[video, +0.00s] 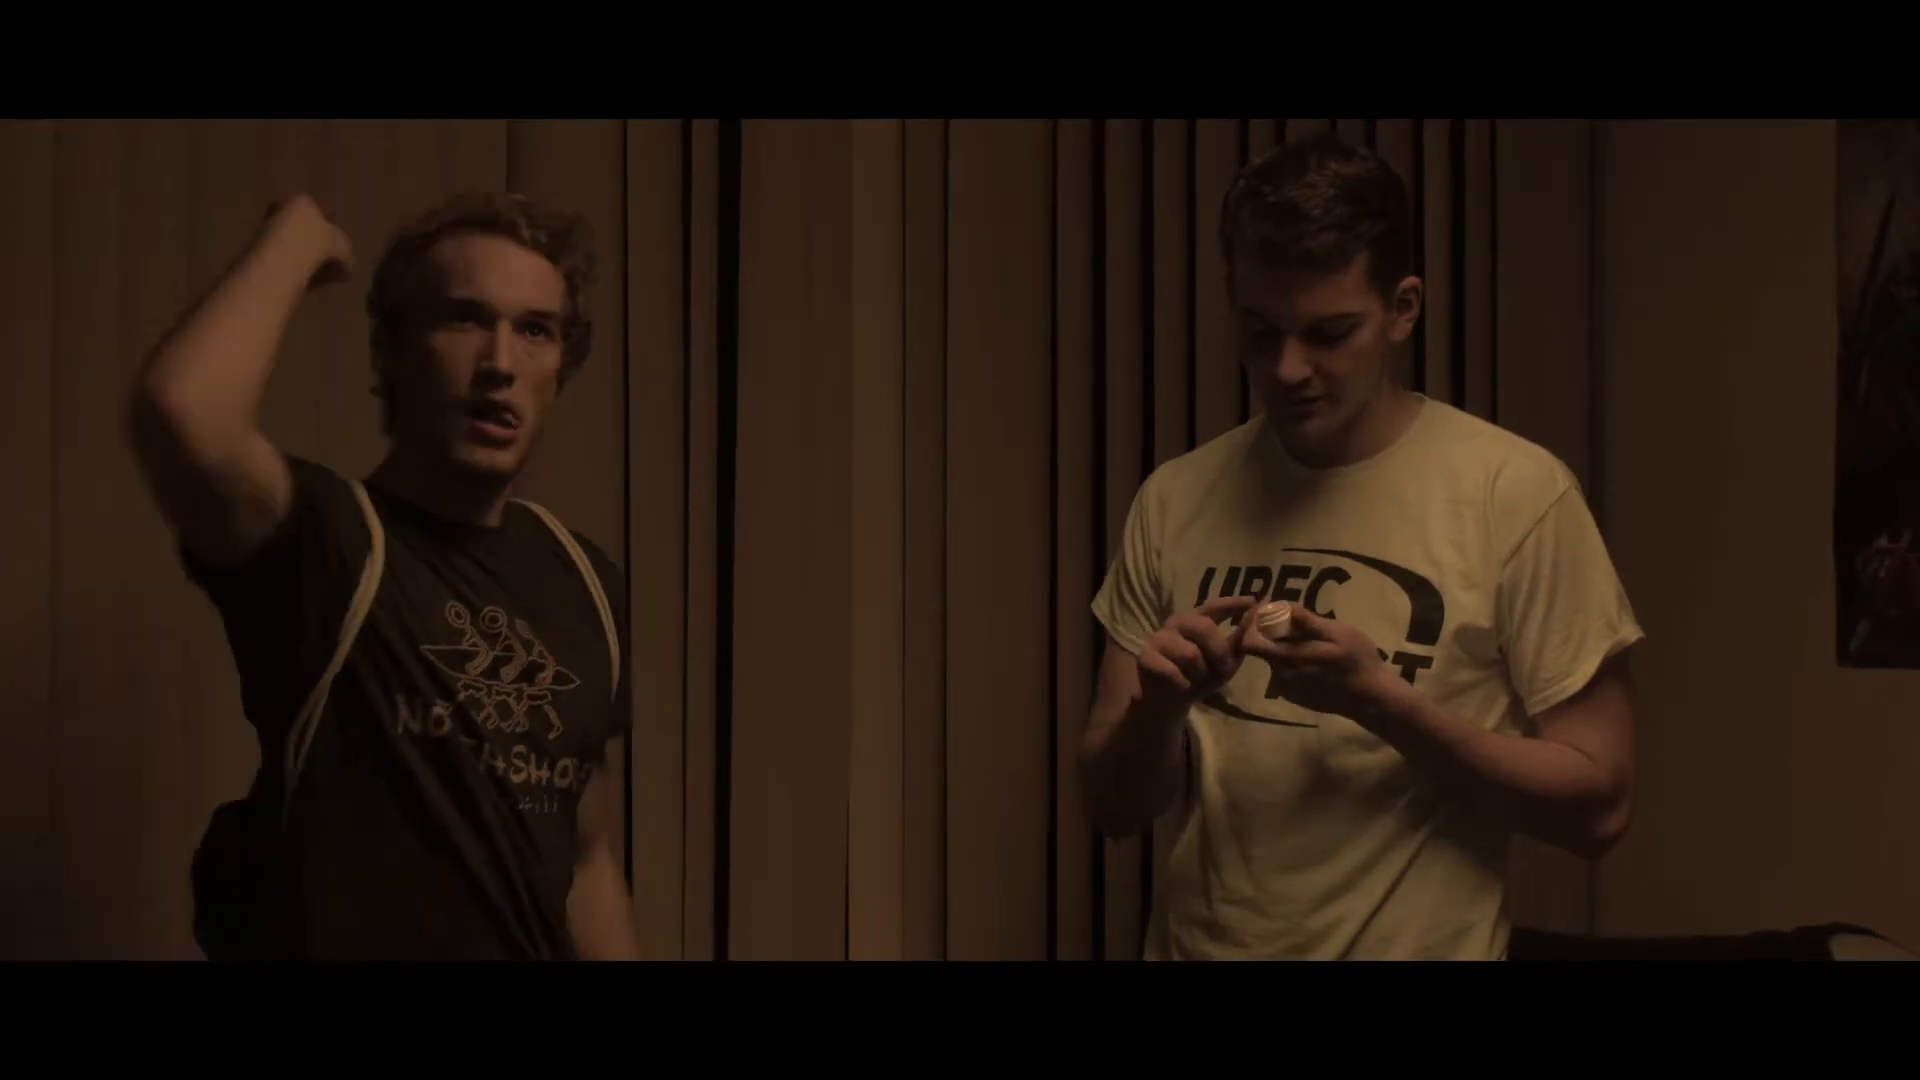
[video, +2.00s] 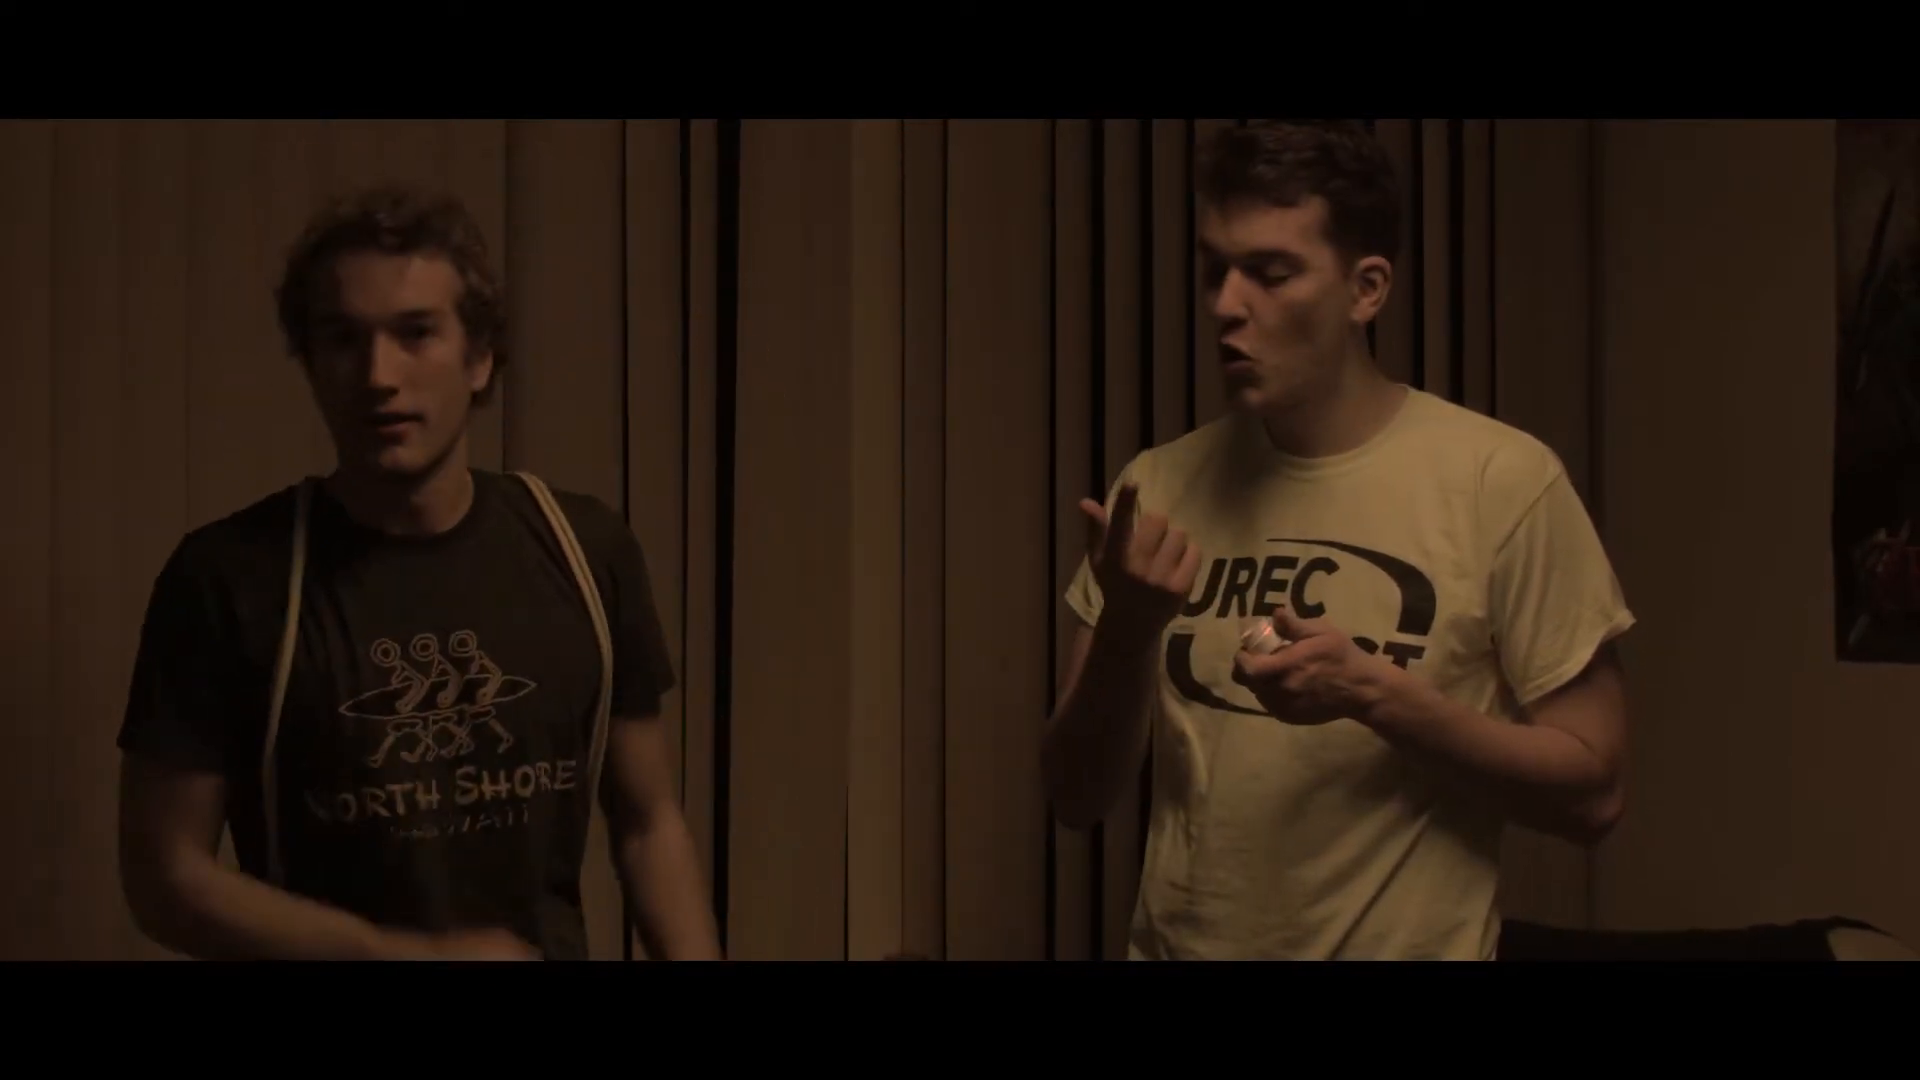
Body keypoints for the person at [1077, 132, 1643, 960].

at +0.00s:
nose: (1290, 371)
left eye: (1330, 334)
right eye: (1262, 333)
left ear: (1404, 309)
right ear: (1237, 311)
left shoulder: (1516, 497)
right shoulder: (1173, 501)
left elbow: (1597, 807)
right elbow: (1111, 811)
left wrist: (1385, 700)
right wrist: (1156, 710)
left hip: (1421, 946)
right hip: (1199, 944)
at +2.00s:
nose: (1224, 307)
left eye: (1270, 272)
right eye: (1216, 271)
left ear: (1366, 289)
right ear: (1201, 273)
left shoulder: (1505, 486)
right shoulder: (1157, 486)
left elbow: (1592, 791)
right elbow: (1076, 799)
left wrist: (1376, 691)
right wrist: (1126, 630)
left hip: (1406, 946)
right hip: (1179, 941)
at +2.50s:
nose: (1228, 310)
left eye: (1275, 272)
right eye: (1215, 275)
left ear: (1365, 287)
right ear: (1198, 283)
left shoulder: (1508, 489)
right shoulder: (1157, 478)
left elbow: (1593, 795)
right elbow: (1044, 757)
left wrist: (1383, 696)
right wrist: (1162, 536)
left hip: (1407, 946)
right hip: (1173, 942)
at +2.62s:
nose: (1230, 311)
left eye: (1277, 274)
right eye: (1216, 276)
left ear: (1367, 292)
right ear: (1198, 285)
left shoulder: (1508, 492)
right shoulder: (1155, 482)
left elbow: (1593, 798)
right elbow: (1043, 757)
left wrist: (1385, 700)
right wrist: (1166, 539)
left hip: (1406, 946)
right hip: (1172, 942)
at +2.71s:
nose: (1230, 314)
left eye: (1276, 278)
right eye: (1216, 279)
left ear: (1367, 294)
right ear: (1198, 288)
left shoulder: (1508, 496)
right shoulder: (1155, 483)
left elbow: (1593, 803)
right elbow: (1041, 760)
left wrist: (1386, 704)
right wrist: (1165, 542)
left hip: (1407, 949)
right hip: (1172, 944)